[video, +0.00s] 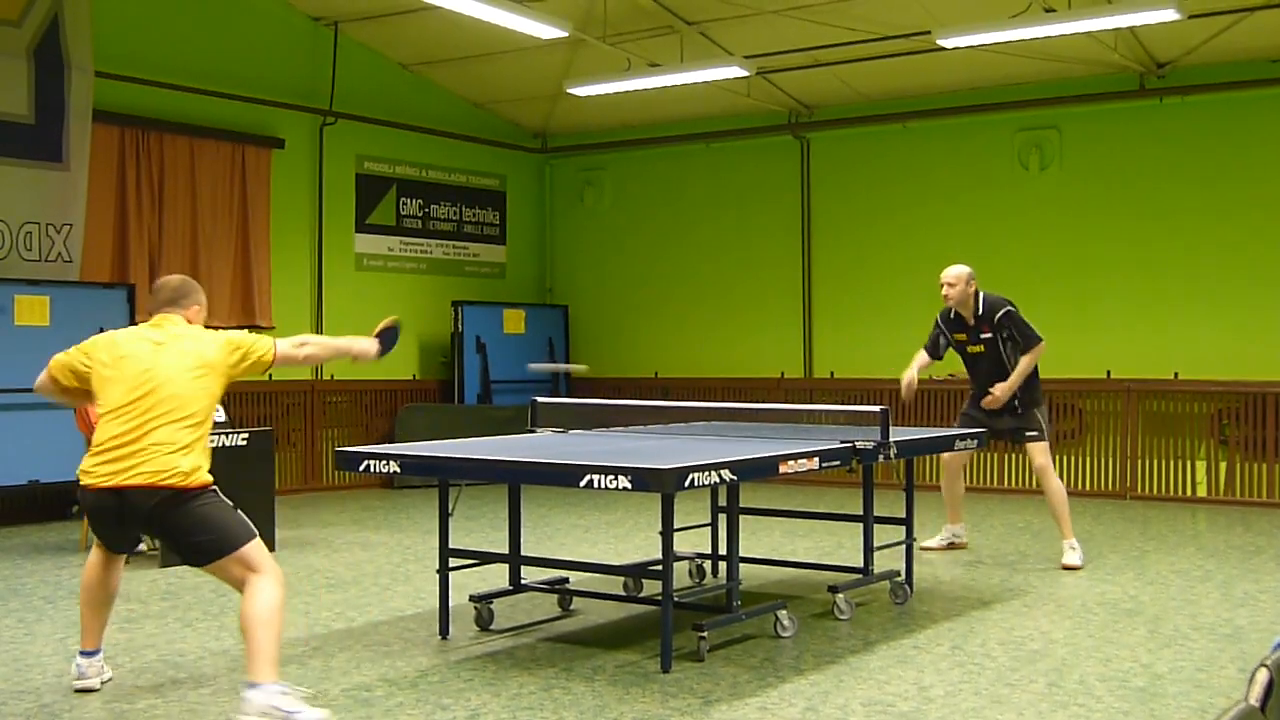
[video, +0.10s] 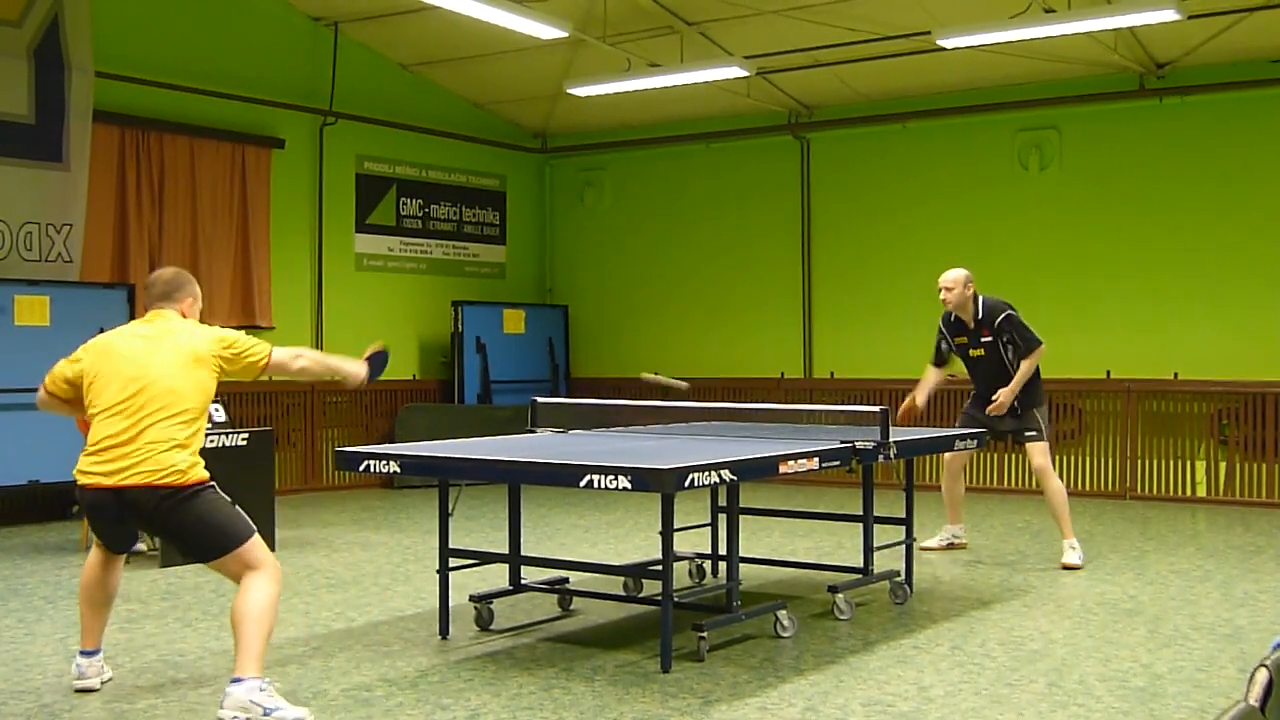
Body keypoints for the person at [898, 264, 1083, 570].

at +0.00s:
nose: (945, 291)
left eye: (951, 286)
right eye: (942, 286)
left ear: (971, 287)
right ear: (942, 289)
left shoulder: (999, 309)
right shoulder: (946, 319)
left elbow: (1035, 346)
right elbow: (930, 351)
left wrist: (1009, 386)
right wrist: (912, 369)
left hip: (1023, 399)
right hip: (981, 399)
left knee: (1042, 466)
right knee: (950, 458)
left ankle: (1070, 543)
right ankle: (954, 531)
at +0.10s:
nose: (943, 296)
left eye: (949, 289)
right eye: (941, 291)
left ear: (969, 289)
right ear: (941, 294)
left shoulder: (999, 312)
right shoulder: (948, 324)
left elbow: (1035, 350)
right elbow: (938, 366)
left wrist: (1012, 390)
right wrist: (920, 395)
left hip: (1024, 400)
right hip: (982, 400)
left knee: (1041, 466)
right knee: (952, 460)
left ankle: (1070, 543)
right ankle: (954, 532)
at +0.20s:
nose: (939, 304)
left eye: (944, 297)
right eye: (937, 298)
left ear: (965, 293)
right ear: (952, 297)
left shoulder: (995, 316)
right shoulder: (959, 328)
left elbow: (1026, 356)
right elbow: (976, 373)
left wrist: (992, 391)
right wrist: (959, 408)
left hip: (1027, 405)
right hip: (991, 404)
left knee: (1039, 475)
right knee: (956, 457)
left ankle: (1090, 542)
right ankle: (954, 531)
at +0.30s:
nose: (943, 303)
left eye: (946, 296)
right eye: (942, 297)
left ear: (966, 291)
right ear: (963, 293)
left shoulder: (992, 315)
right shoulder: (974, 321)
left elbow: (1018, 359)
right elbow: (992, 366)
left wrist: (974, 382)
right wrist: (971, 385)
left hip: (1027, 407)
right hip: (998, 405)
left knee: (1040, 478)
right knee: (963, 456)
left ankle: (1094, 544)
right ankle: (957, 530)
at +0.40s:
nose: (960, 291)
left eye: (963, 285)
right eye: (959, 286)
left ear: (980, 282)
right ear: (975, 284)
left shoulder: (1007, 303)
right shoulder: (983, 306)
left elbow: (986, 348)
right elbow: (961, 341)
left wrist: (963, 313)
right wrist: (932, 336)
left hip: (1023, 402)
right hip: (994, 400)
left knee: (1026, 470)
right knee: (965, 455)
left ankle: (1084, 533)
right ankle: (974, 529)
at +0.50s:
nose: (967, 296)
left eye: (970, 289)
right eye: (965, 291)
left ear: (989, 283)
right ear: (968, 292)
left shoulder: (1016, 304)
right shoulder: (975, 307)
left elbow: (983, 320)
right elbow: (934, 318)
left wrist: (983, 277)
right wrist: (931, 287)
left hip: (1023, 406)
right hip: (988, 404)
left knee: (1019, 468)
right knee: (958, 459)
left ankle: (1054, 543)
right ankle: (977, 527)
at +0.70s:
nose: (973, 291)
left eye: (980, 285)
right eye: (969, 285)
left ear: (997, 287)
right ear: (966, 287)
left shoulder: (1017, 314)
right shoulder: (965, 316)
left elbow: (1044, 353)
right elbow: (939, 343)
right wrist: (921, 337)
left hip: (1017, 407)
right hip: (978, 405)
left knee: (1024, 469)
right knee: (930, 461)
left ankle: (1054, 545)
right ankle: (934, 531)